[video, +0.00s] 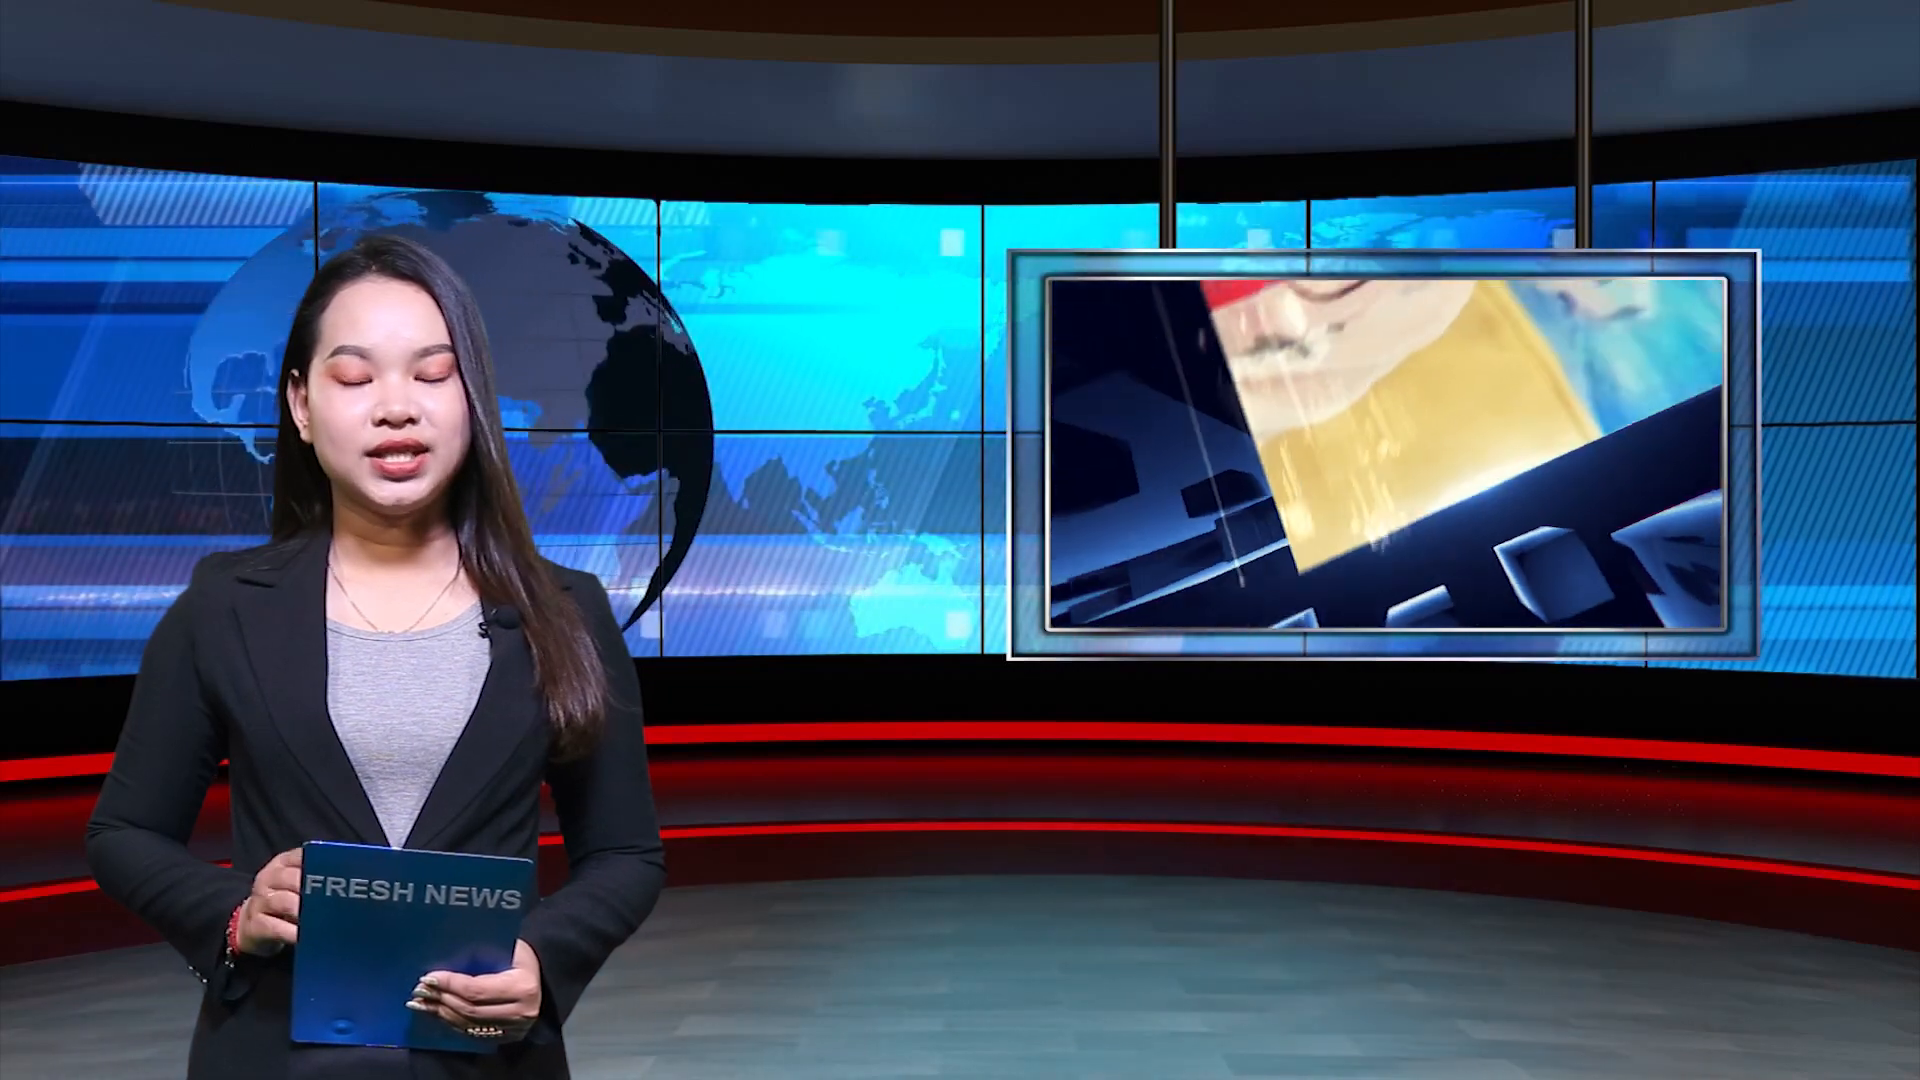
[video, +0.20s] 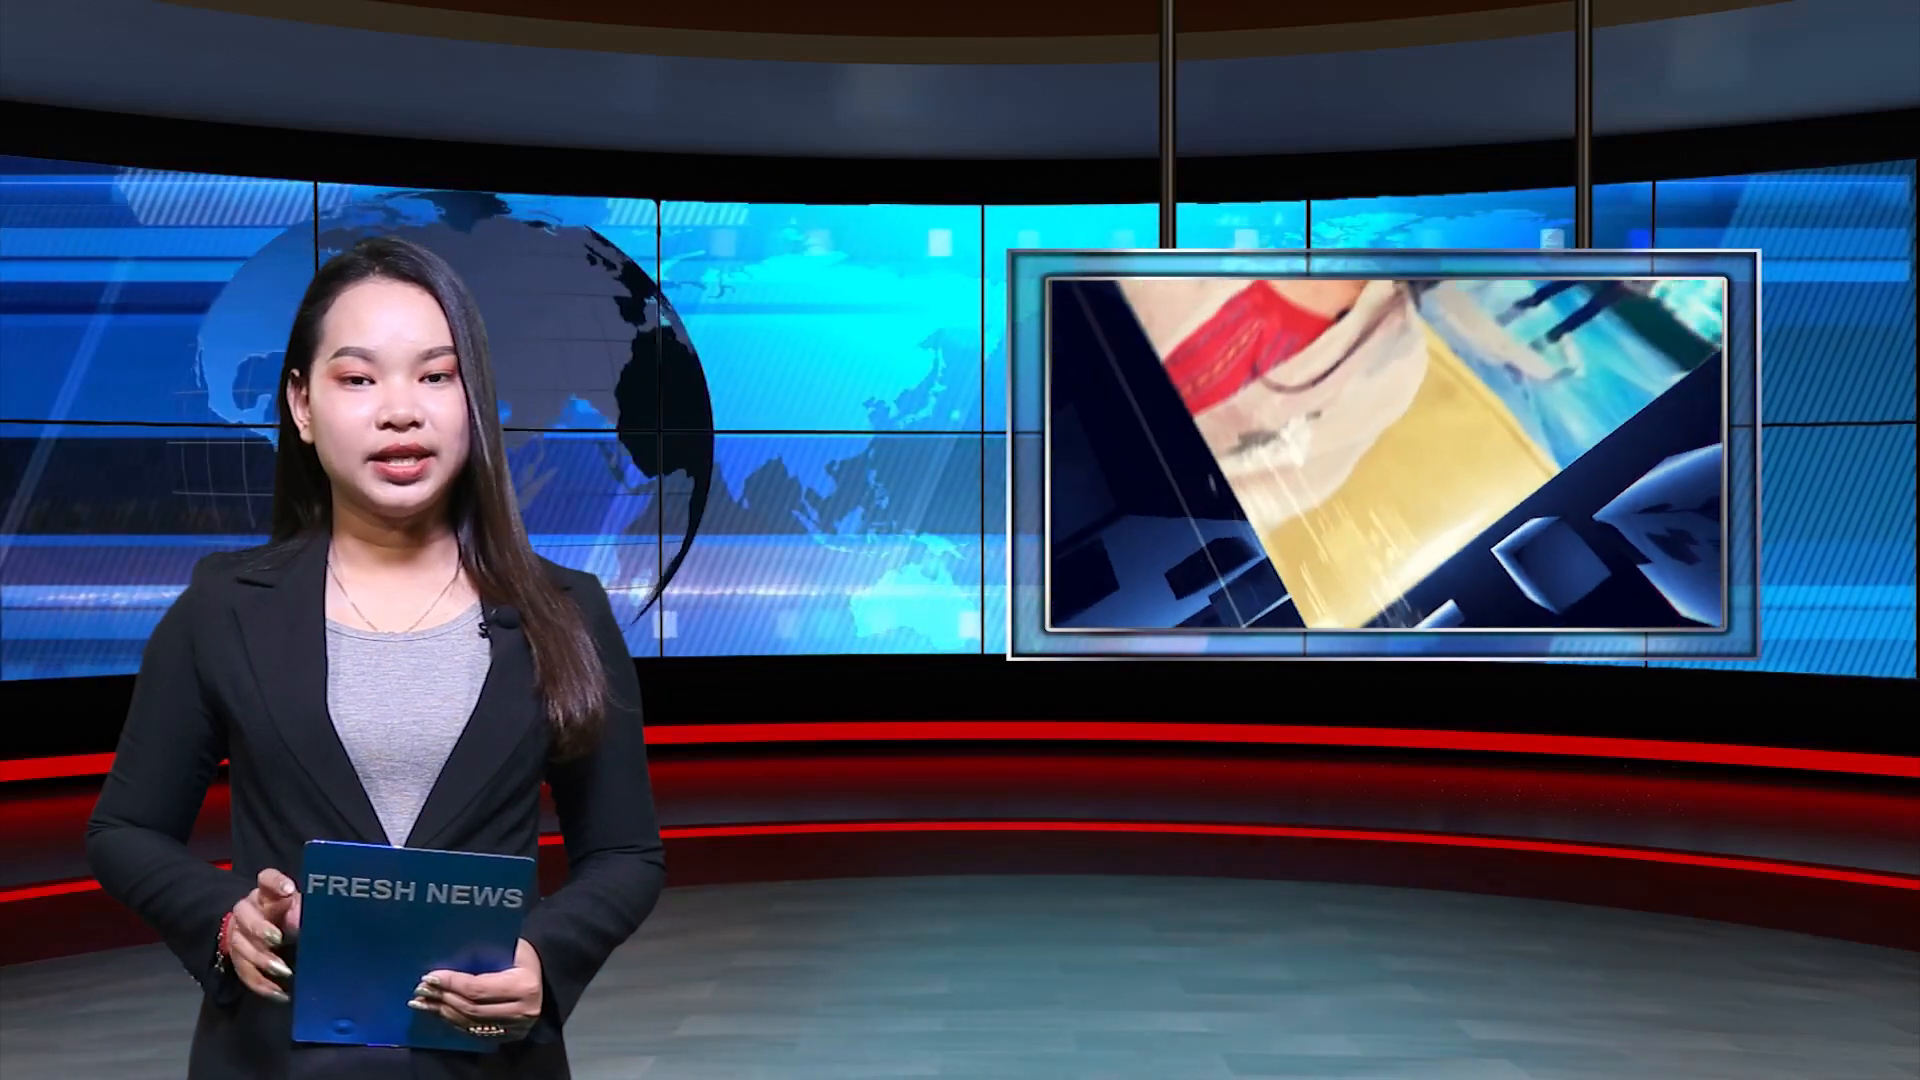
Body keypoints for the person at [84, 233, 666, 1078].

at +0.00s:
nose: (396, 407)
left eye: (430, 371)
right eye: (354, 375)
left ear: (472, 398)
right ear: (301, 406)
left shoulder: (563, 612)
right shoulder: (224, 609)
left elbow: (625, 856)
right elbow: (124, 833)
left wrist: (540, 962)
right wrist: (232, 907)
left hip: (490, 1048)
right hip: (274, 1052)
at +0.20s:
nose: (401, 411)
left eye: (435, 375)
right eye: (357, 376)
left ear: (474, 401)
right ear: (302, 406)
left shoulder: (562, 612)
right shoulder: (223, 613)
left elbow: (625, 855)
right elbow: (125, 832)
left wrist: (542, 961)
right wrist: (224, 915)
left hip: (490, 1051)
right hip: (276, 1054)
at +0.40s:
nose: (401, 408)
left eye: (434, 373)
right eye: (357, 376)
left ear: (474, 399)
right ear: (302, 405)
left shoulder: (563, 612)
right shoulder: (223, 614)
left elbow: (626, 855)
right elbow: (126, 833)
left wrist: (540, 960)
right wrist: (227, 917)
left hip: (491, 1052)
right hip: (275, 1055)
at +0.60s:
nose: (400, 405)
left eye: (434, 370)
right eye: (357, 373)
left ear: (474, 399)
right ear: (302, 406)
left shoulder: (563, 612)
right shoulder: (223, 613)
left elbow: (624, 855)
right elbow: (127, 832)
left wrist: (538, 961)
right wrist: (225, 917)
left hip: (490, 1051)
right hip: (274, 1054)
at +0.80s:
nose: (392, 405)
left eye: (426, 371)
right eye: (349, 374)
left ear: (470, 399)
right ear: (299, 407)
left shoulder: (561, 611)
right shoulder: (223, 613)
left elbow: (621, 854)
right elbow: (128, 833)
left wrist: (538, 960)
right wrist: (225, 916)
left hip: (489, 1050)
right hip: (274, 1053)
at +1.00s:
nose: (387, 405)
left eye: (422, 370)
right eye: (344, 374)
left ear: (469, 395)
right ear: (298, 407)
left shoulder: (561, 612)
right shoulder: (224, 612)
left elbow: (620, 854)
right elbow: (130, 835)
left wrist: (539, 960)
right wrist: (227, 915)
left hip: (489, 1051)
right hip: (275, 1054)